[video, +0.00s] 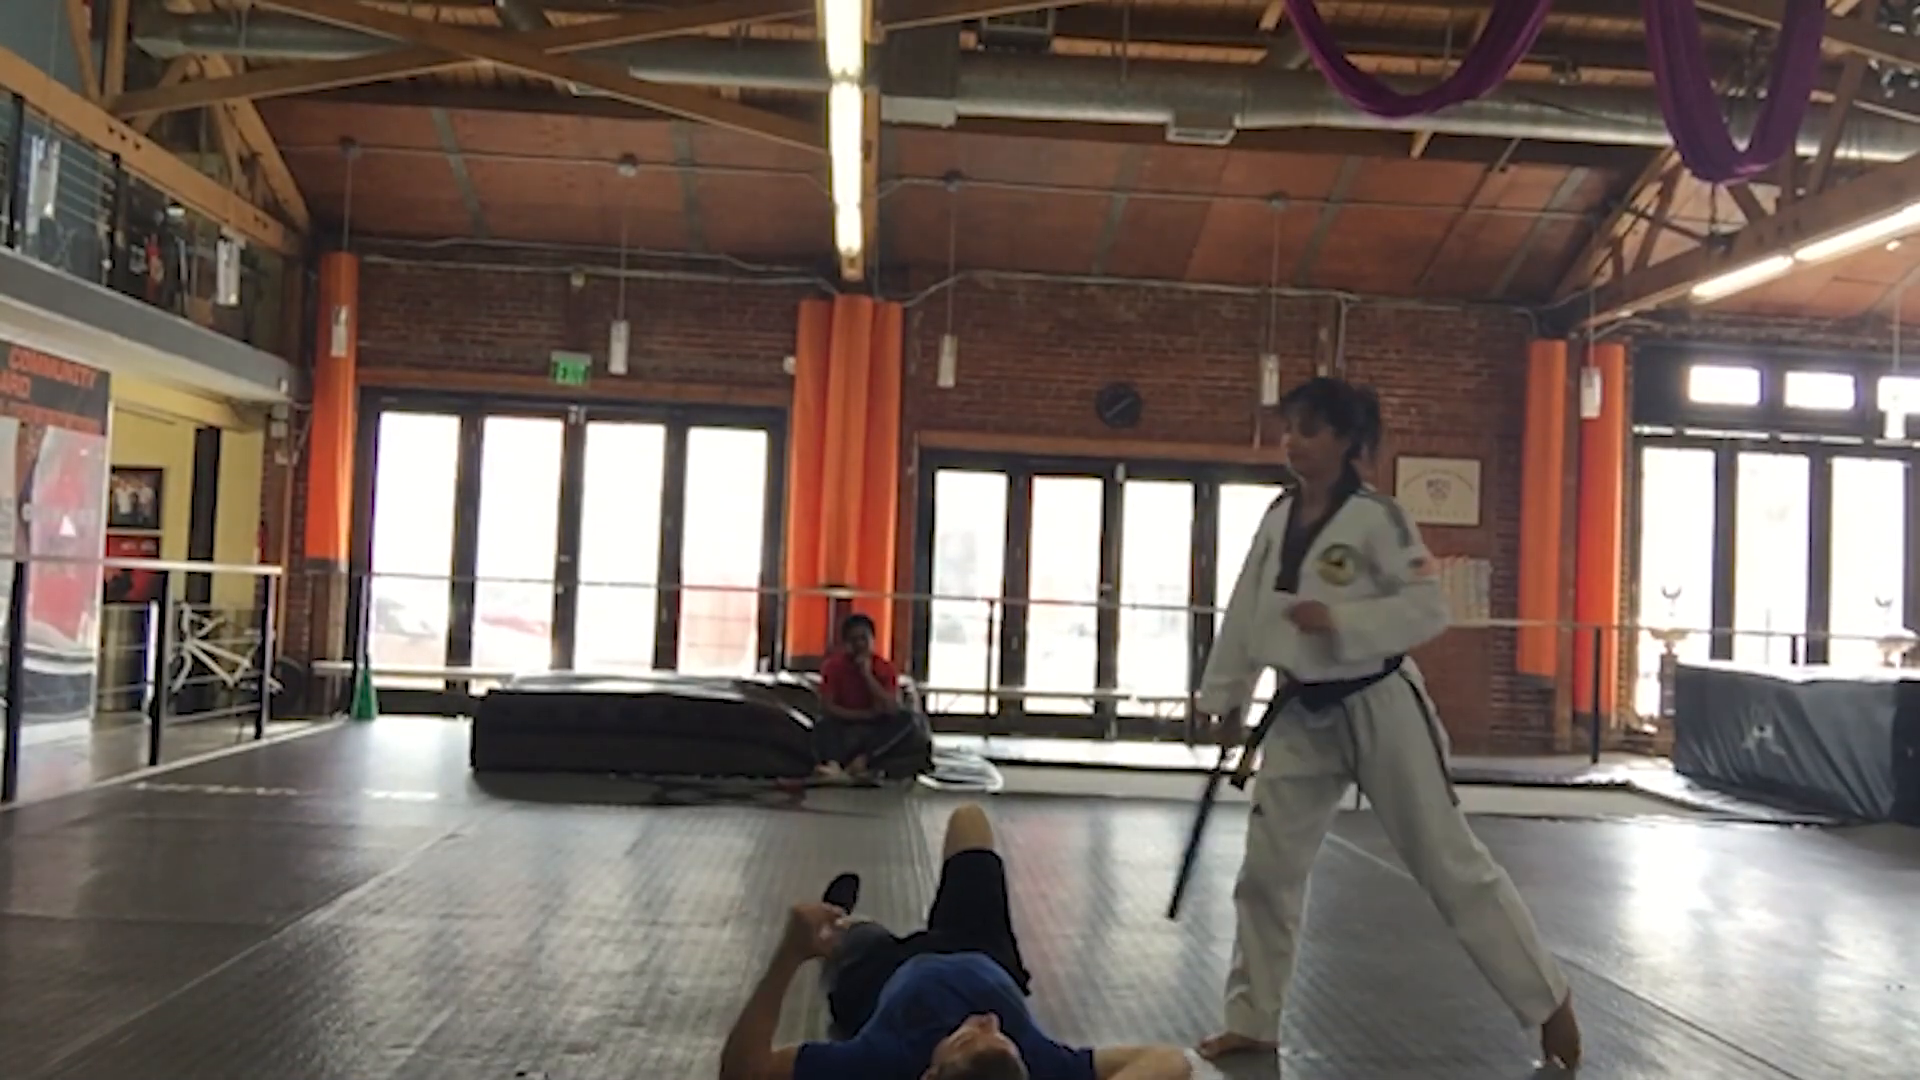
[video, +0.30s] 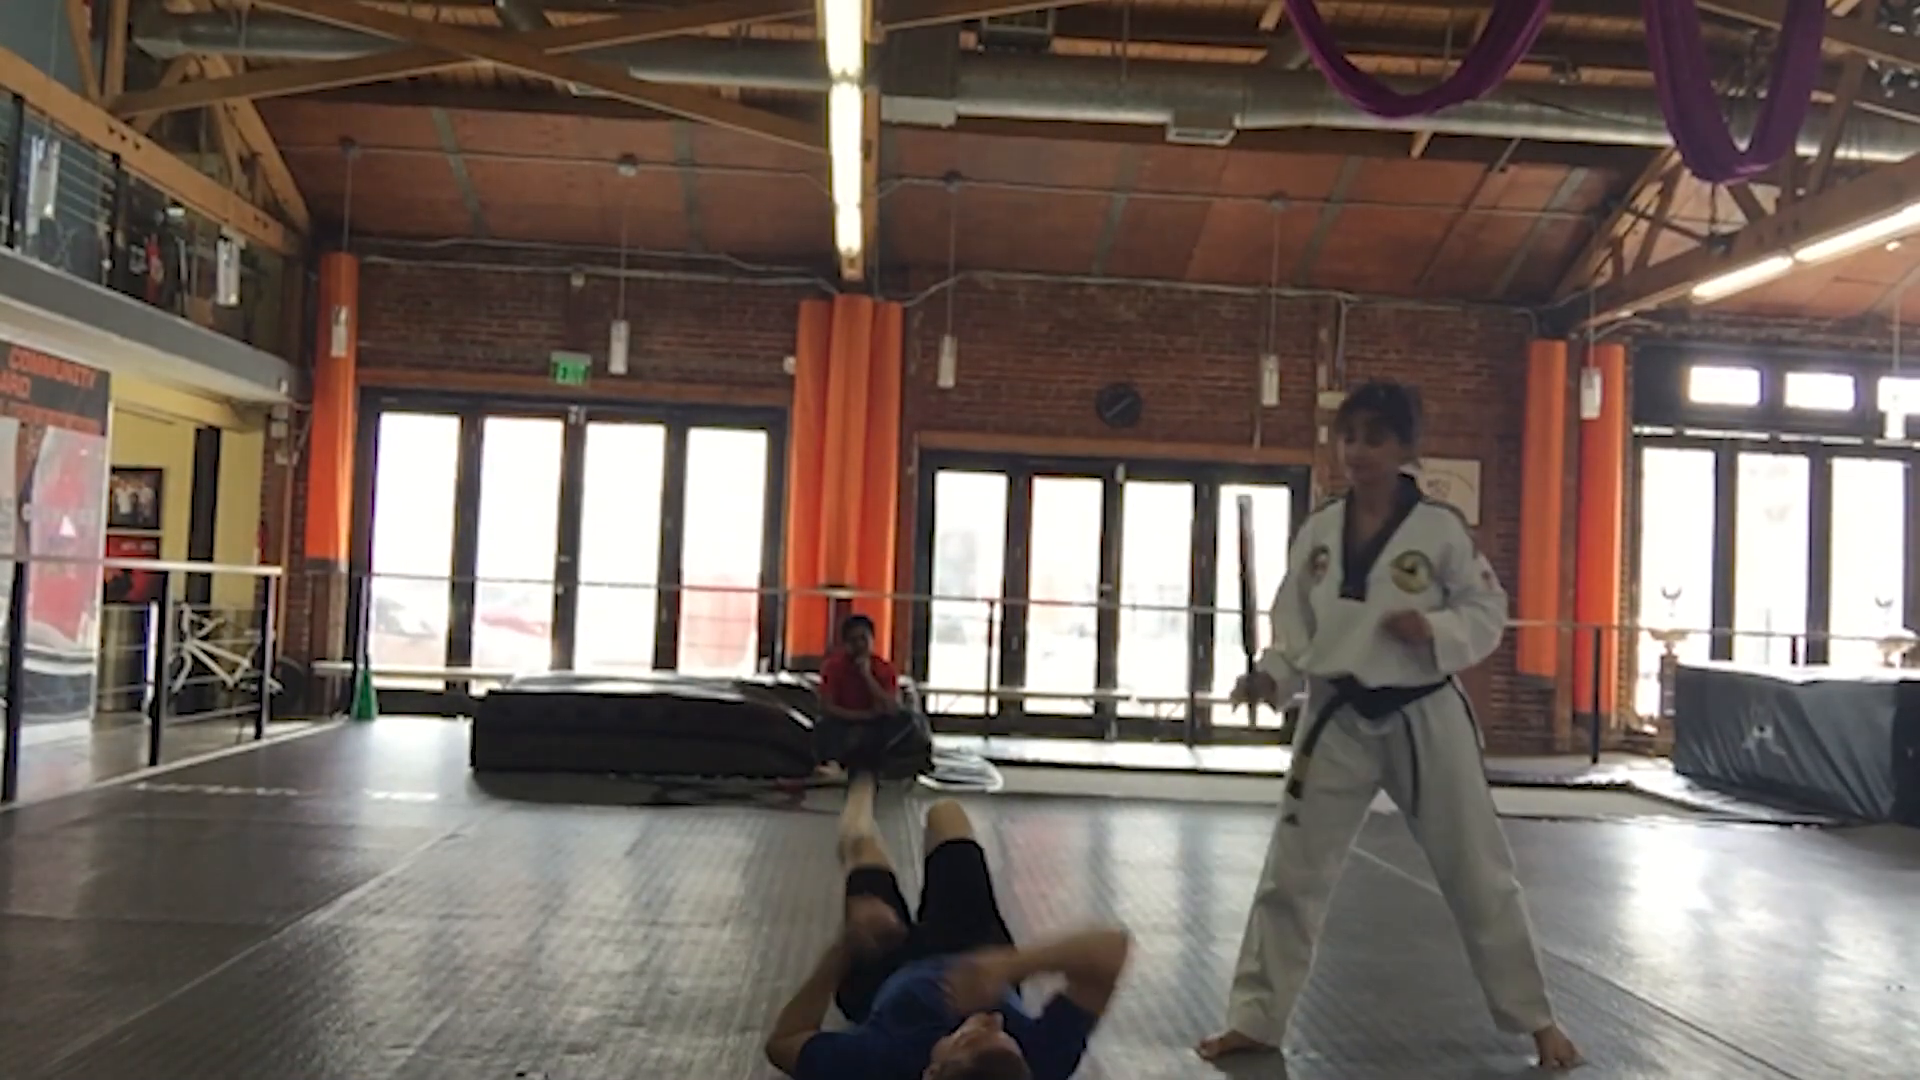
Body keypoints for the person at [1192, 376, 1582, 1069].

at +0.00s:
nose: (1293, 444)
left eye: (1310, 433)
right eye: (1289, 431)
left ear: (1351, 445)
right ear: (1284, 438)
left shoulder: (1377, 517)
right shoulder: (1279, 518)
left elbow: (1428, 607)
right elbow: (1244, 611)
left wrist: (1339, 617)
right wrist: (1220, 695)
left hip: (1382, 703)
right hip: (1302, 711)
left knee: (1445, 863)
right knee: (1267, 870)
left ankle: (1548, 1002)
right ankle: (1252, 1027)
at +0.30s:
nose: (1356, 450)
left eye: (1373, 438)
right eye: (1348, 436)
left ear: (1405, 450)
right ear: (1336, 445)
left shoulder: (1439, 528)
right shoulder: (1317, 531)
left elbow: (1487, 612)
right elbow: (1292, 621)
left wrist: (1435, 627)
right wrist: (1274, 671)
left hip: (1427, 716)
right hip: (1337, 717)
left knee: (1477, 873)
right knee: (1291, 874)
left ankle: (1539, 1020)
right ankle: (1256, 1023)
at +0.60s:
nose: (1399, 459)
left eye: (1417, 445)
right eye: (1389, 443)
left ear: (1443, 453)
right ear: (1375, 448)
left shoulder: (1474, 539)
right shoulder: (1350, 531)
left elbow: (1514, 628)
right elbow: (1314, 628)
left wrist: (1462, 639)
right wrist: (1295, 670)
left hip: (1450, 723)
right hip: (1354, 720)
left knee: (1494, 881)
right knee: (1304, 875)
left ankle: (1540, 1023)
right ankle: (1264, 1021)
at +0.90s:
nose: (1362, 480)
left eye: (1377, 467)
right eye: (1353, 465)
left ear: (1407, 464)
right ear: (1341, 460)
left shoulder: (1446, 544)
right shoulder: (1317, 535)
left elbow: (1488, 633)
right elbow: (1290, 624)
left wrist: (1449, 684)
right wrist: (1274, 694)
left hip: (1426, 728)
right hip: (1332, 725)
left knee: (1482, 884)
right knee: (1285, 879)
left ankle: (1542, 1013)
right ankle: (1256, 1023)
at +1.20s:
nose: (1359, 603)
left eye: (1373, 591)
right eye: (1348, 589)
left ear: (1399, 577)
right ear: (1332, 576)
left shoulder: (1444, 628)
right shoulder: (1324, 604)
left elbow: (1468, 748)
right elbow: (1328, 699)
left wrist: (1439, 857)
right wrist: (1337, 789)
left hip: (1460, 751)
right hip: (1374, 748)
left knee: (1499, 897)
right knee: (1308, 876)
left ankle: (1525, 1063)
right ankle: (1267, 1023)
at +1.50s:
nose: (1353, 792)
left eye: (1361, 782)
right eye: (1346, 781)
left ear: (1390, 759)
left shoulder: (1449, 749)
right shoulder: (1367, 714)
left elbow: (1453, 913)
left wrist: (1431, 1056)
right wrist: (1413, 852)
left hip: (1522, 778)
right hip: (1422, 781)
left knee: (1536, 923)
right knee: (1347, 911)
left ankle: (1527, 1069)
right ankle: (1266, 1033)